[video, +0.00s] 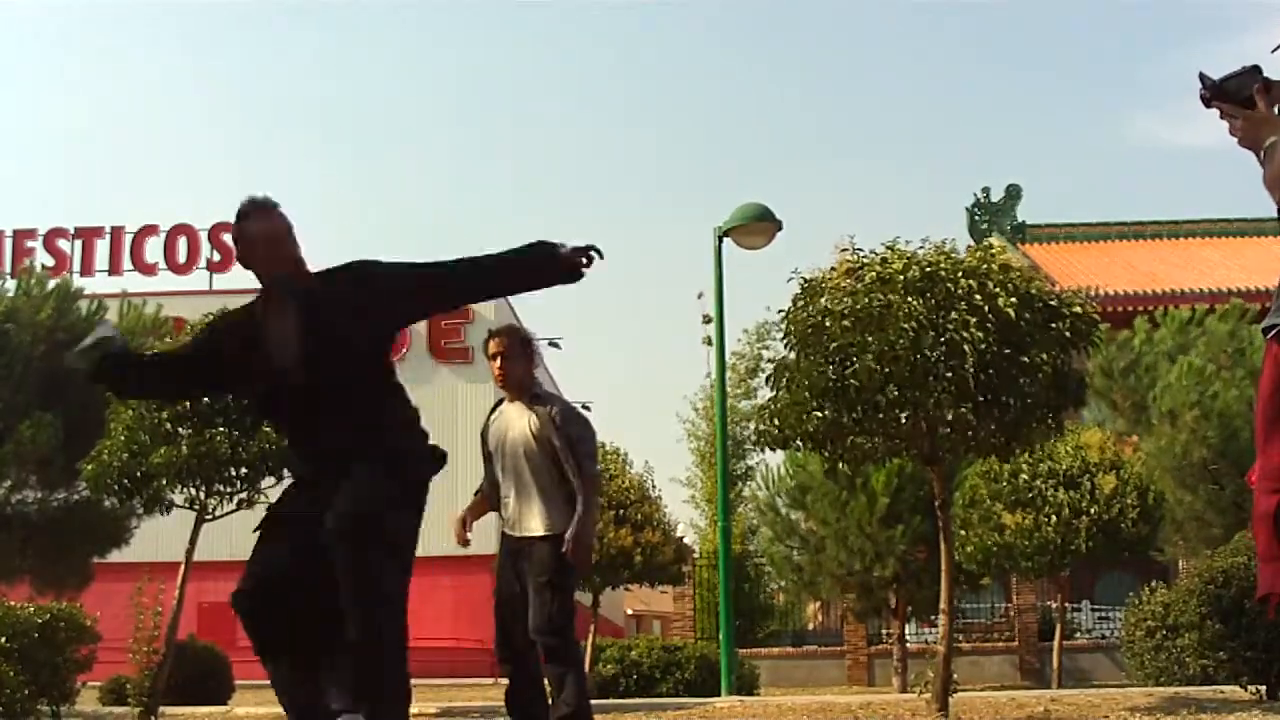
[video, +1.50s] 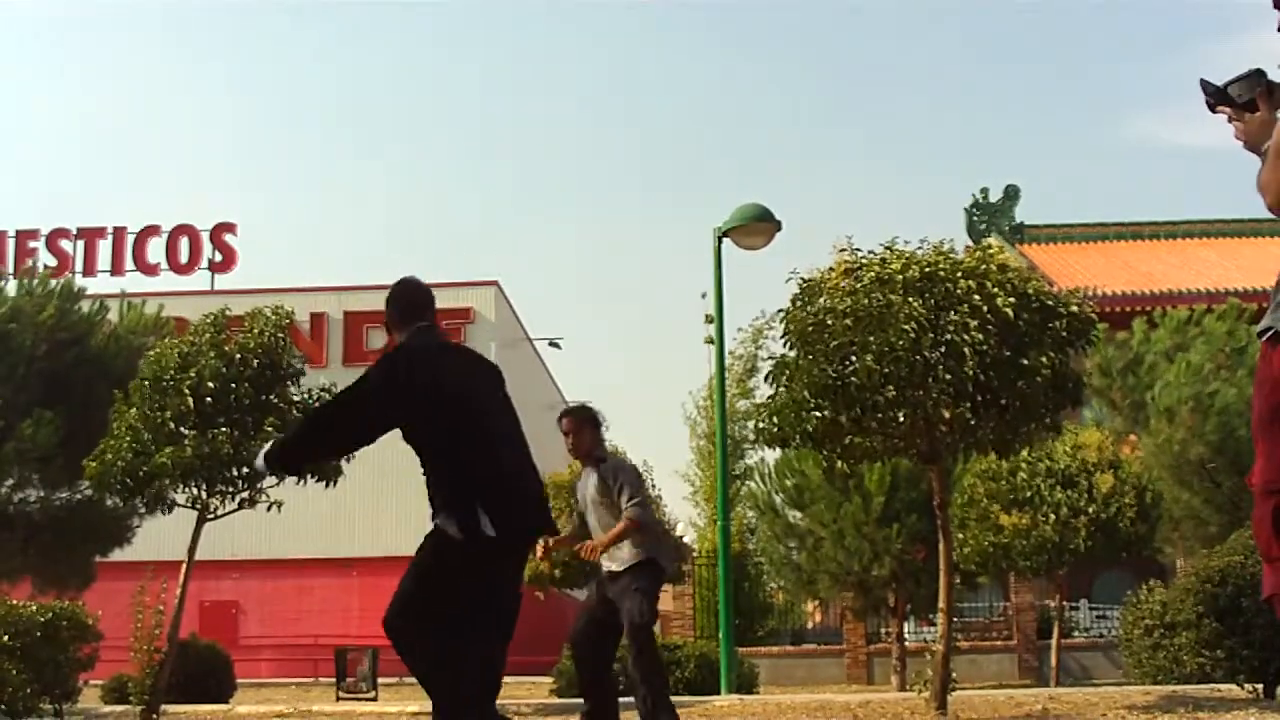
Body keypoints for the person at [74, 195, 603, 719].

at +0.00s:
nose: (256, 237)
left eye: (263, 225)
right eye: (246, 233)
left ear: (292, 234)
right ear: (241, 257)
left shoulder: (356, 287)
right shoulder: (238, 335)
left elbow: (456, 278)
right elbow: (171, 372)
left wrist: (549, 261)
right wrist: (105, 361)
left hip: (390, 460)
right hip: (317, 476)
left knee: (365, 583)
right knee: (264, 596)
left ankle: (380, 711)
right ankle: (316, 712)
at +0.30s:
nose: (394, 181)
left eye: (393, 170)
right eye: (388, 169)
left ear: (341, 171)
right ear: (362, 169)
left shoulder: (313, 227)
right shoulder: (359, 216)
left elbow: (366, 320)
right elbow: (439, 198)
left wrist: (435, 348)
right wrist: (521, 161)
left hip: (344, 385)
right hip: (373, 375)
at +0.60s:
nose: (433, 280)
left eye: (433, 271)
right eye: (432, 271)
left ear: (385, 264)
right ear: (419, 268)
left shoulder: (336, 325)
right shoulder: (429, 320)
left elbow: (358, 418)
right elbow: (488, 386)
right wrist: (542, 432)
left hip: (391, 500)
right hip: (447, 487)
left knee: (431, 626)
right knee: (541, 448)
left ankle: (441, 709)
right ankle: (563, 539)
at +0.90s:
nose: (382, 308)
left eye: (386, 297)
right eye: (380, 299)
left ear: (407, 294)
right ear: (421, 294)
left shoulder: (436, 336)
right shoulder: (428, 348)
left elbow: (396, 322)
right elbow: (387, 424)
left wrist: (332, 306)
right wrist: (320, 446)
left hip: (470, 503)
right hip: (455, 500)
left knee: (418, 619)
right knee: (438, 624)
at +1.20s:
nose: (384, 327)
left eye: (383, 318)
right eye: (387, 319)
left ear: (386, 315)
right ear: (428, 306)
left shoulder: (445, 343)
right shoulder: (419, 363)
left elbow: (519, 399)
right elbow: (385, 428)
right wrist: (370, 404)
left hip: (469, 506)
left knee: (409, 614)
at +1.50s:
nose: (388, 335)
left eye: (386, 327)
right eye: (390, 329)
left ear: (390, 322)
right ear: (434, 317)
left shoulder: (404, 363)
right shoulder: (482, 366)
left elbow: (343, 419)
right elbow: (511, 445)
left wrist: (276, 458)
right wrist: (541, 516)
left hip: (469, 522)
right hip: (519, 516)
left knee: (405, 621)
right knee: (486, 629)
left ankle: (468, 710)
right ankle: (477, 710)